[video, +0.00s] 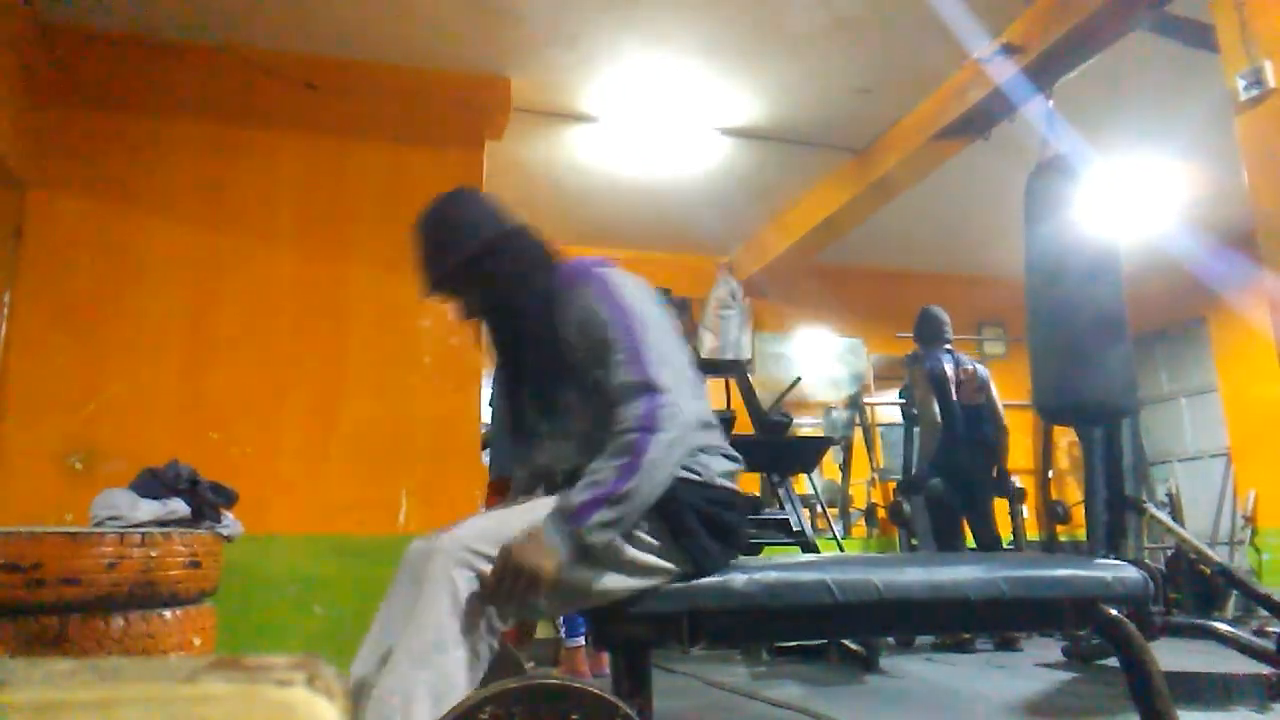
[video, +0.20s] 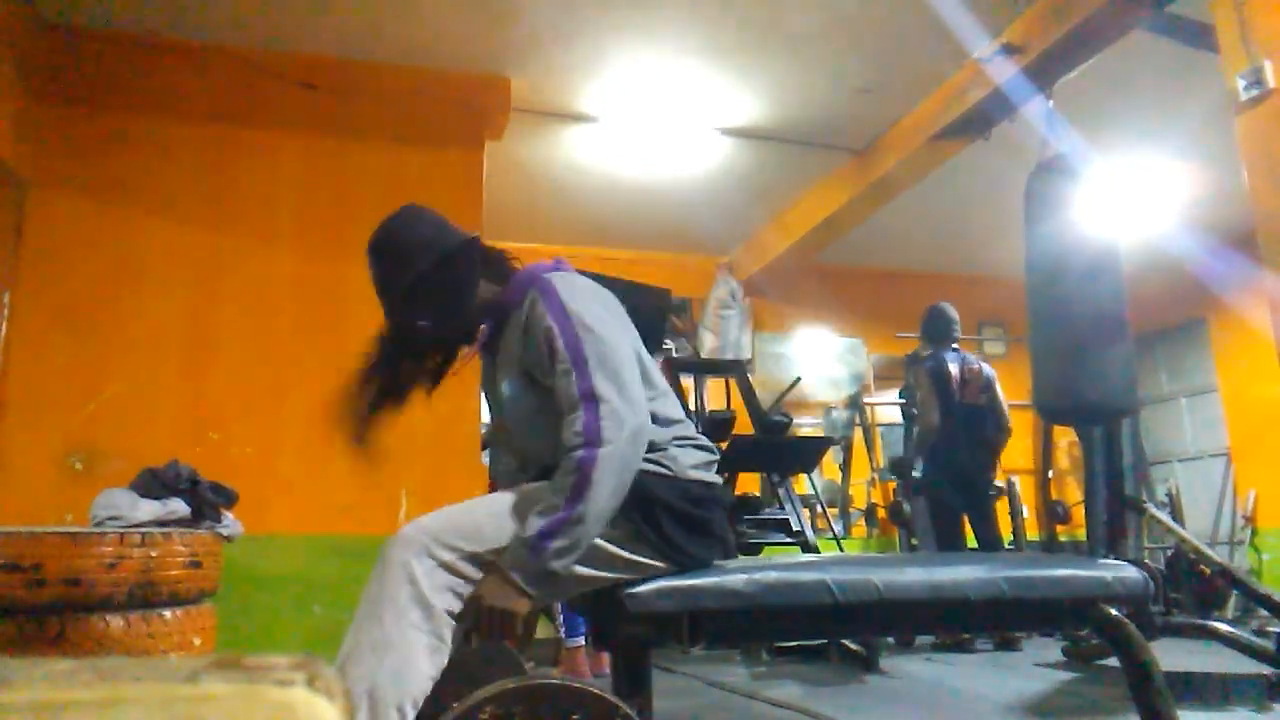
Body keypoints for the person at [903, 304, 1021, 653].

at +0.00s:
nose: (918, 341)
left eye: (917, 336)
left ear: (919, 336)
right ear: (950, 334)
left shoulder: (922, 367)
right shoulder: (977, 368)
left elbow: (932, 419)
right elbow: (1001, 424)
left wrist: (921, 469)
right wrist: (1002, 470)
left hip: (943, 471)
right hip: (978, 470)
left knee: (949, 549)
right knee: (991, 545)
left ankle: (958, 630)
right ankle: (1008, 627)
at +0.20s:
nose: (926, 341)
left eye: (925, 333)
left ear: (926, 334)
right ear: (958, 332)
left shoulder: (927, 367)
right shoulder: (982, 367)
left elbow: (930, 420)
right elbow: (1003, 423)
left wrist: (914, 459)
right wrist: (991, 459)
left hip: (943, 469)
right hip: (978, 470)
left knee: (950, 548)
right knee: (992, 544)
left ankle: (956, 629)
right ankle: (1006, 627)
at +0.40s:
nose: (929, 338)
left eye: (929, 333)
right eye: (933, 333)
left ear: (933, 332)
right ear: (965, 329)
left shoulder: (933, 366)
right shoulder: (989, 365)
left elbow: (924, 421)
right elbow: (1004, 424)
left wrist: (904, 415)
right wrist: (977, 423)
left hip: (945, 466)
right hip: (982, 466)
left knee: (951, 547)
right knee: (995, 543)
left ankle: (956, 629)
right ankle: (1009, 627)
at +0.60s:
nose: (922, 342)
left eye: (921, 337)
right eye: (926, 337)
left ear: (925, 336)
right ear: (955, 332)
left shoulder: (924, 364)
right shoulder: (984, 364)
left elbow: (916, 417)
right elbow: (998, 420)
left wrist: (900, 390)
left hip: (943, 464)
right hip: (981, 463)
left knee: (950, 544)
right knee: (992, 540)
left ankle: (958, 627)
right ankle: (1008, 625)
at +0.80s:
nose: (923, 342)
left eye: (922, 336)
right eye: (926, 336)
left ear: (925, 336)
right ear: (957, 331)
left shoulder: (925, 368)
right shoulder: (985, 366)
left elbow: (921, 421)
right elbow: (999, 424)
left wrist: (905, 393)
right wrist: (969, 429)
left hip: (942, 467)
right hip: (979, 467)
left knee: (950, 546)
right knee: (991, 541)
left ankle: (957, 628)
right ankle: (1007, 625)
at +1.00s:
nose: (928, 339)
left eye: (928, 333)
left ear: (930, 333)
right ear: (963, 330)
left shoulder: (931, 368)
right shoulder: (986, 366)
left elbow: (934, 423)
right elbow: (1004, 424)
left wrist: (905, 428)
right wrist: (972, 431)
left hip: (944, 466)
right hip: (981, 465)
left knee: (950, 546)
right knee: (992, 542)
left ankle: (956, 628)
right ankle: (1008, 626)